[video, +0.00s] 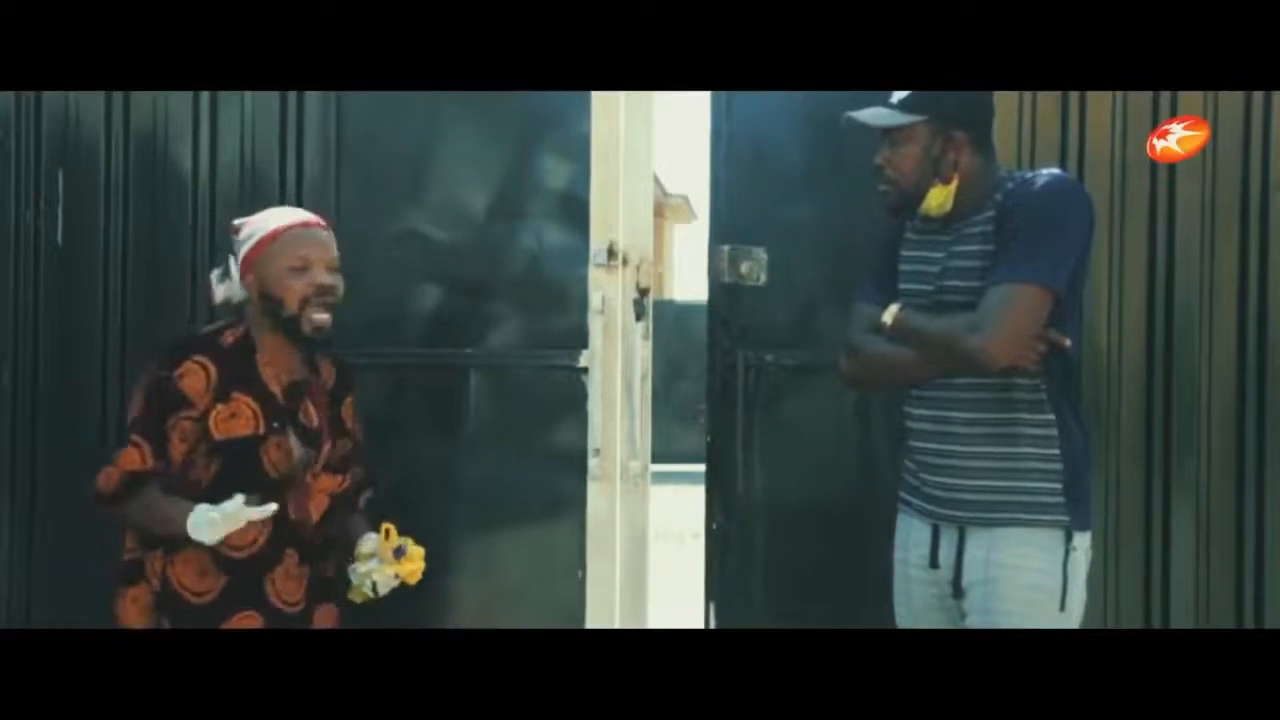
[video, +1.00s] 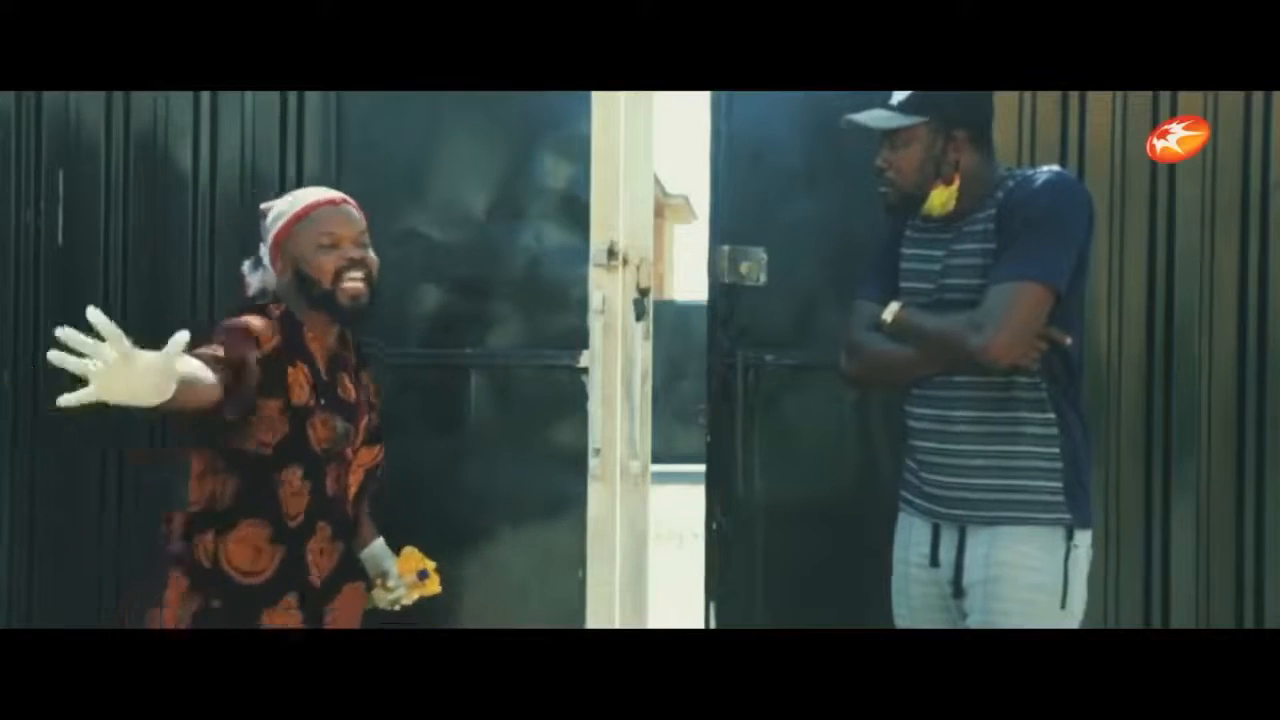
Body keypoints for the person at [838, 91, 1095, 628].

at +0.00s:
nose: (878, 161)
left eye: (896, 143)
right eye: (880, 143)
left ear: (954, 146)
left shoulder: (1048, 198)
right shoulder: (903, 223)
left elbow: (995, 345)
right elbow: (855, 362)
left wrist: (894, 318)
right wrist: (984, 343)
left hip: (1026, 523)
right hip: (922, 513)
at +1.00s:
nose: (879, 162)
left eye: (896, 144)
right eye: (880, 145)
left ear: (956, 144)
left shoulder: (1048, 195)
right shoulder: (905, 221)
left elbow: (997, 343)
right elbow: (856, 359)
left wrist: (894, 316)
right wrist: (982, 339)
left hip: (1027, 521)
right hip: (923, 511)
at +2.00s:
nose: (1025, 145)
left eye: (1043, 127)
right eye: (1025, 128)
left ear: (1104, 136)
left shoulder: (1196, 192)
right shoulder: (1029, 216)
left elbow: (1127, 326)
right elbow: (961, 336)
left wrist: (1013, 294)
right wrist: (1104, 327)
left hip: (1143, 527)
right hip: (1021, 514)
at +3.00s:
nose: (992, 152)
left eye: (1010, 136)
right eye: (991, 136)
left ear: (1068, 138)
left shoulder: (1164, 191)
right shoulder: (1006, 216)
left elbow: (1096, 331)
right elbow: (941, 342)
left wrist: (986, 300)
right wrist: (1072, 329)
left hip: (1120, 528)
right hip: (1001, 517)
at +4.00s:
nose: (987, 156)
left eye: (1004, 139)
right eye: (986, 139)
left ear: (1063, 140)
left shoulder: (1160, 189)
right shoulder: (1005, 215)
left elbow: (1093, 328)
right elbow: (941, 343)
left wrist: (983, 300)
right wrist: (1071, 331)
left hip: (1121, 528)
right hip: (1003, 516)